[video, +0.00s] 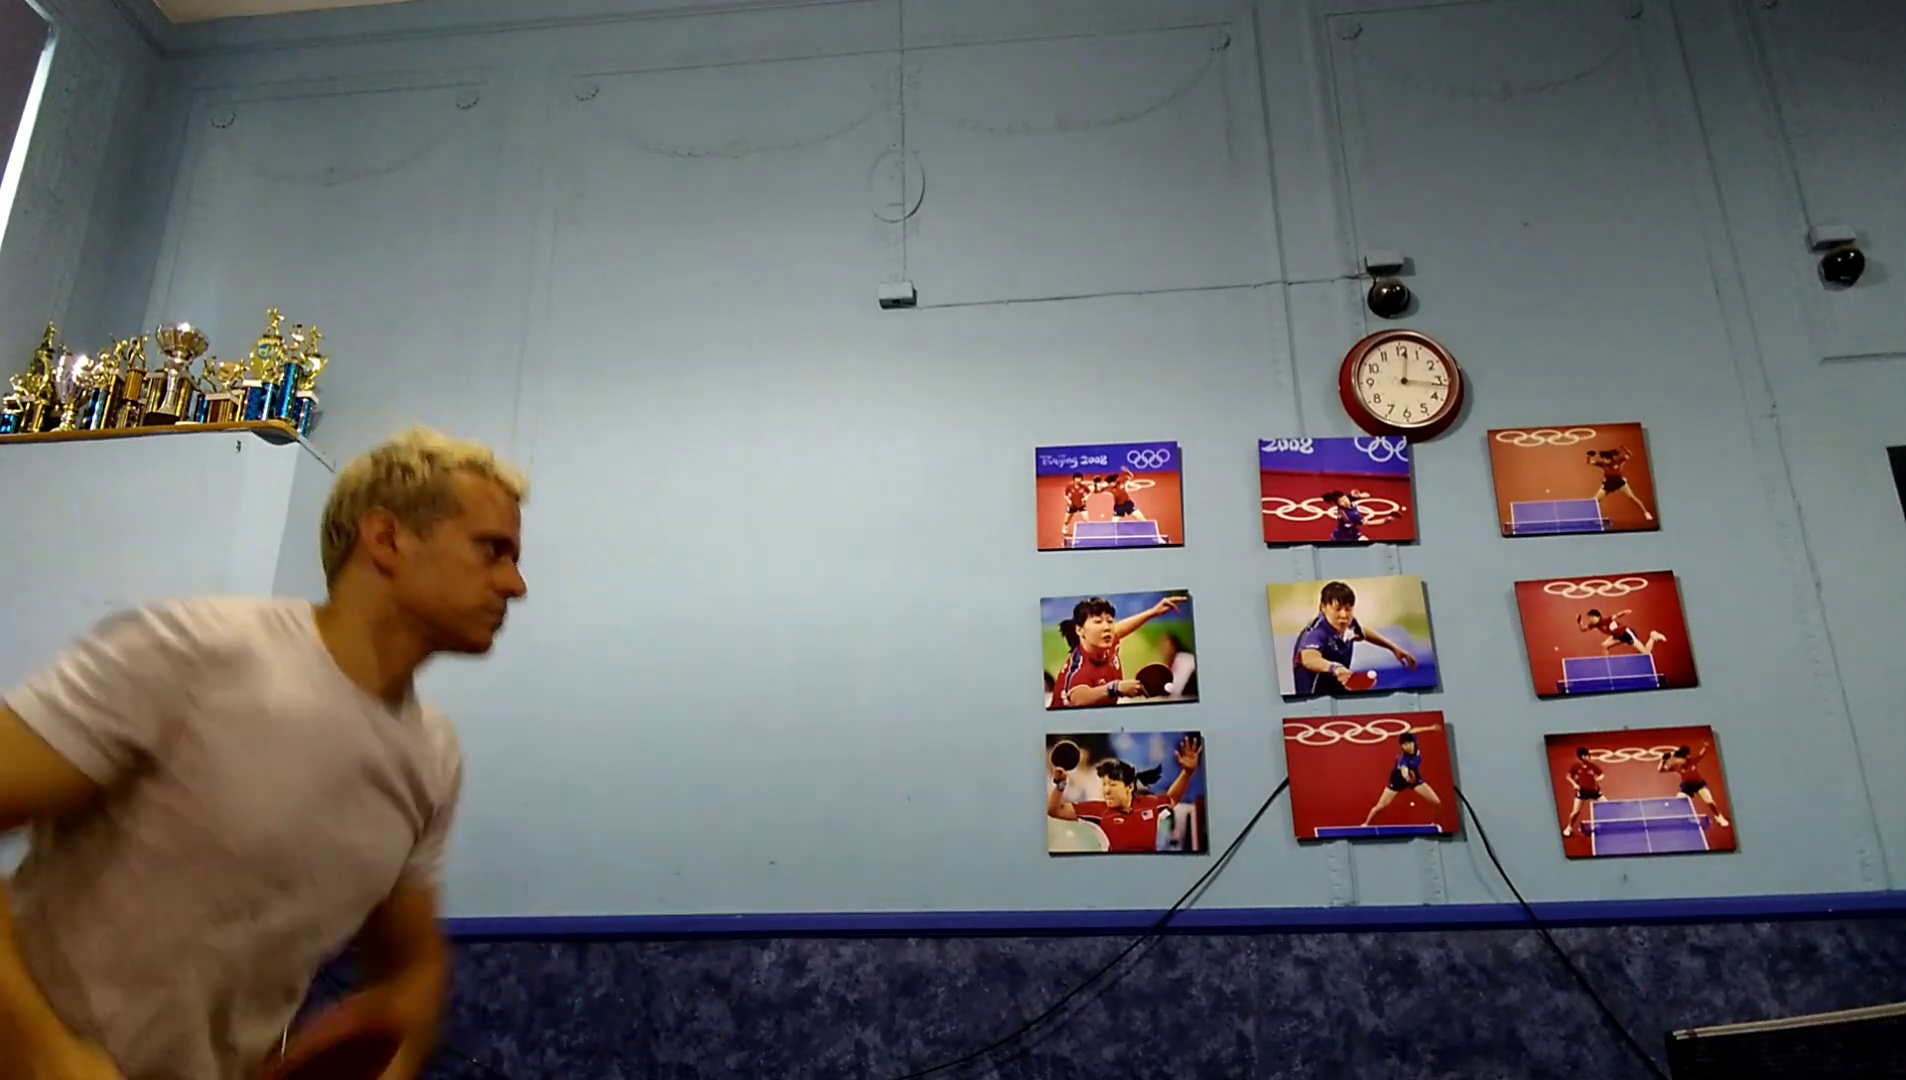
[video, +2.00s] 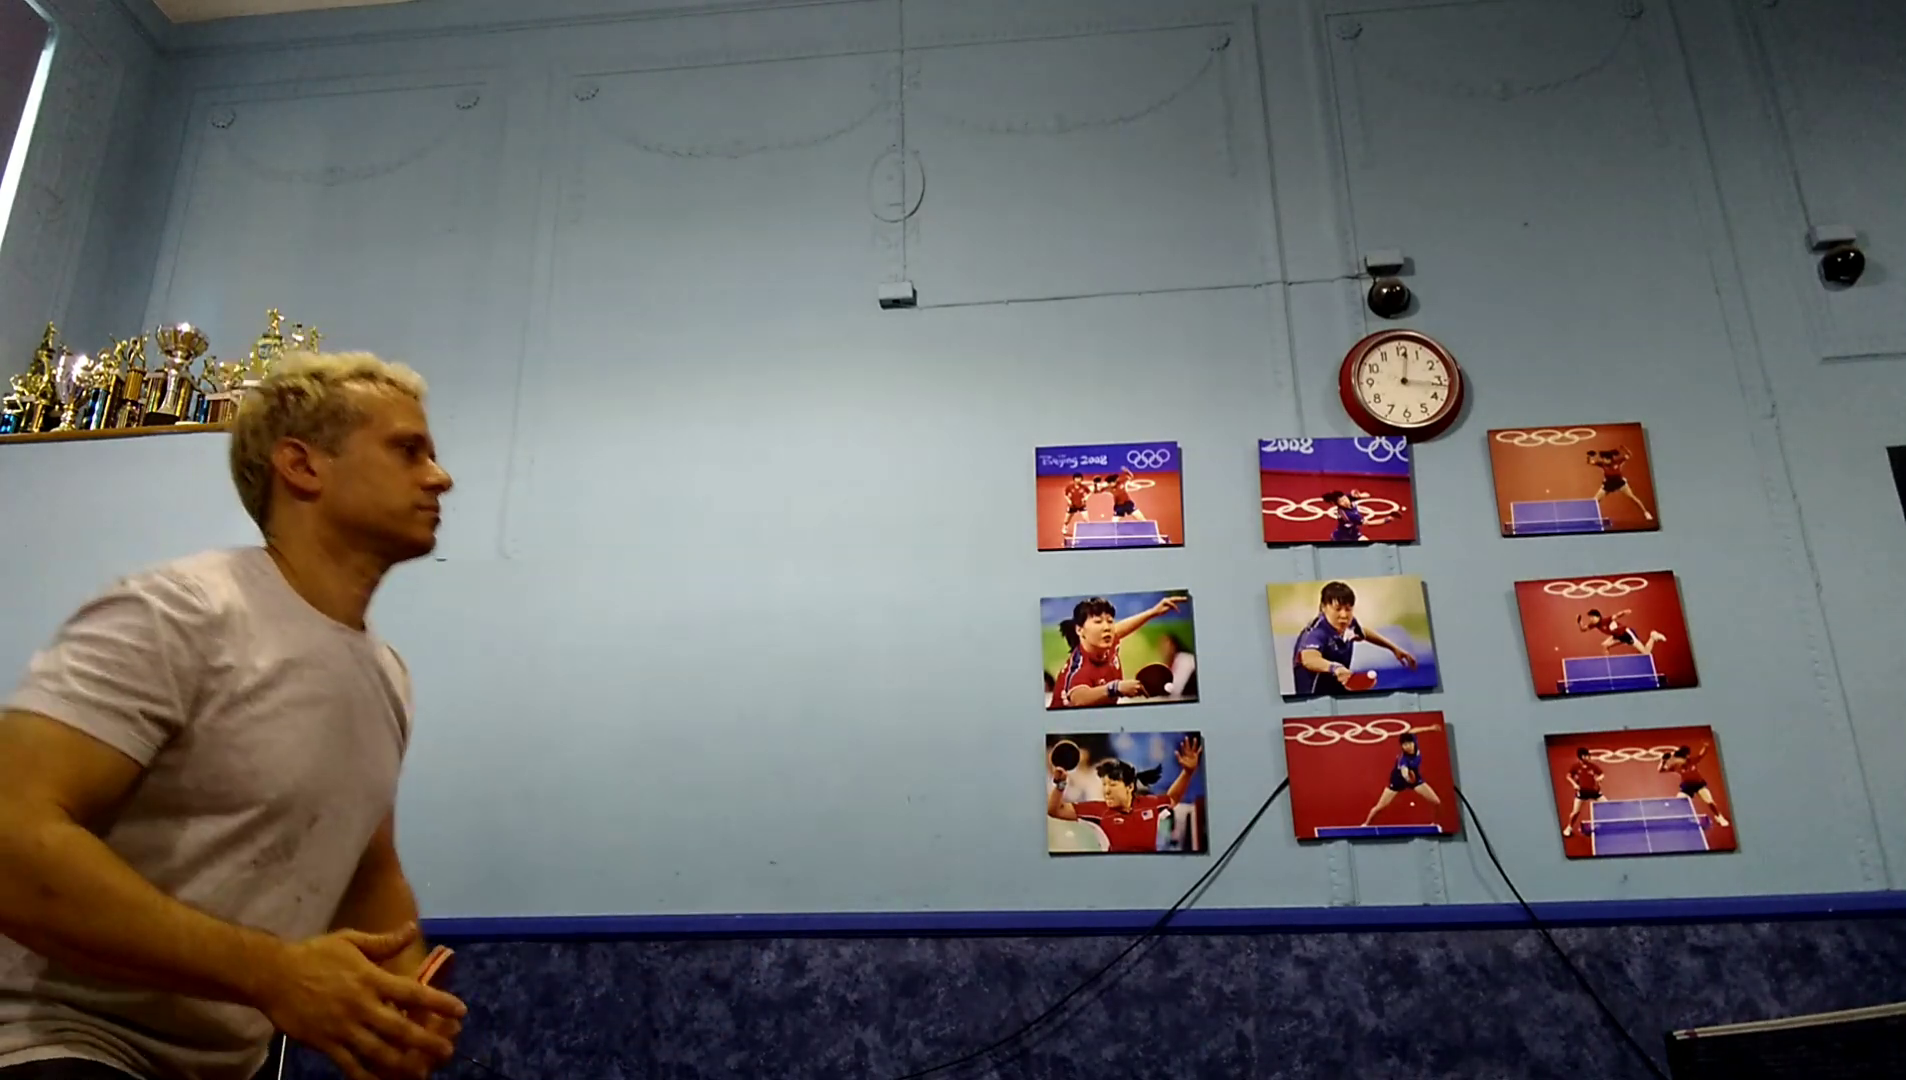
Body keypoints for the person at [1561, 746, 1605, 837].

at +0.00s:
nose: (1588, 758)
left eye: (1588, 755)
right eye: (1586, 756)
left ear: (1588, 756)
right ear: (1581, 757)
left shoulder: (1592, 766)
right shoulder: (1576, 766)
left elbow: (1602, 774)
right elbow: (1568, 776)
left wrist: (1598, 779)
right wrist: (1574, 784)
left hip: (1594, 791)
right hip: (1582, 791)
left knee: (1607, 806)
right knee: (1576, 812)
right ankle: (1569, 827)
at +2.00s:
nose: (1588, 758)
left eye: (1588, 755)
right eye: (1586, 756)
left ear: (1588, 756)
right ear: (1581, 757)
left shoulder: (1592, 766)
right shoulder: (1576, 767)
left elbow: (1602, 774)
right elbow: (1568, 776)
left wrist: (1598, 779)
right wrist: (1574, 784)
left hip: (1594, 791)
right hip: (1582, 791)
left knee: (1607, 806)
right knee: (1576, 812)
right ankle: (1569, 827)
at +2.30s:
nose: (1588, 758)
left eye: (1588, 755)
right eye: (1586, 756)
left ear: (1588, 756)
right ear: (1581, 757)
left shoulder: (1592, 766)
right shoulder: (1576, 767)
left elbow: (1602, 774)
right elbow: (1568, 776)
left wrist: (1598, 779)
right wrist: (1574, 784)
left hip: (1594, 791)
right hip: (1582, 791)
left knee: (1607, 806)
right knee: (1576, 812)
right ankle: (1569, 827)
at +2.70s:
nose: (1588, 758)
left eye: (1588, 755)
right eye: (1586, 756)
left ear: (1588, 756)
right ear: (1581, 757)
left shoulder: (1592, 766)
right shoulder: (1576, 767)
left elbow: (1602, 774)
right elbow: (1568, 776)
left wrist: (1598, 779)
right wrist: (1574, 784)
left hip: (1594, 791)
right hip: (1582, 791)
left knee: (1607, 806)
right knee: (1576, 812)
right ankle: (1569, 827)